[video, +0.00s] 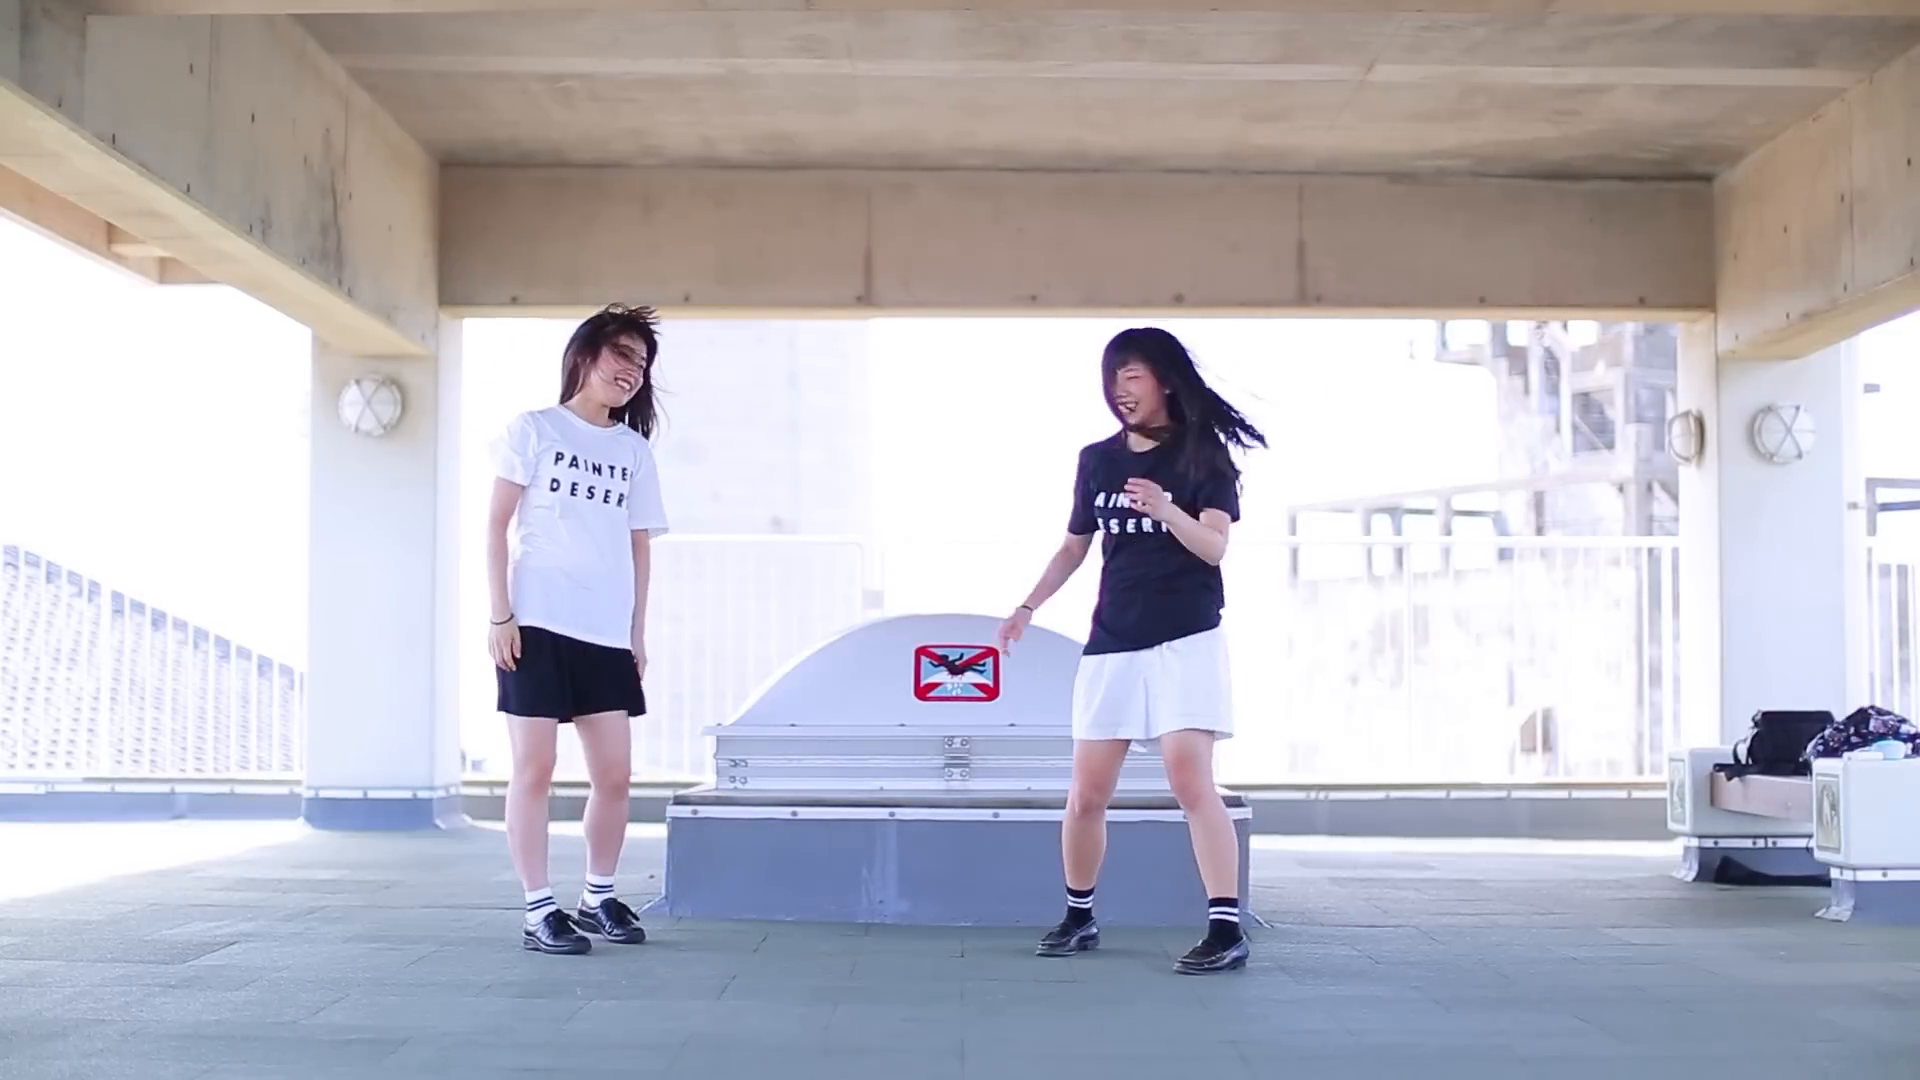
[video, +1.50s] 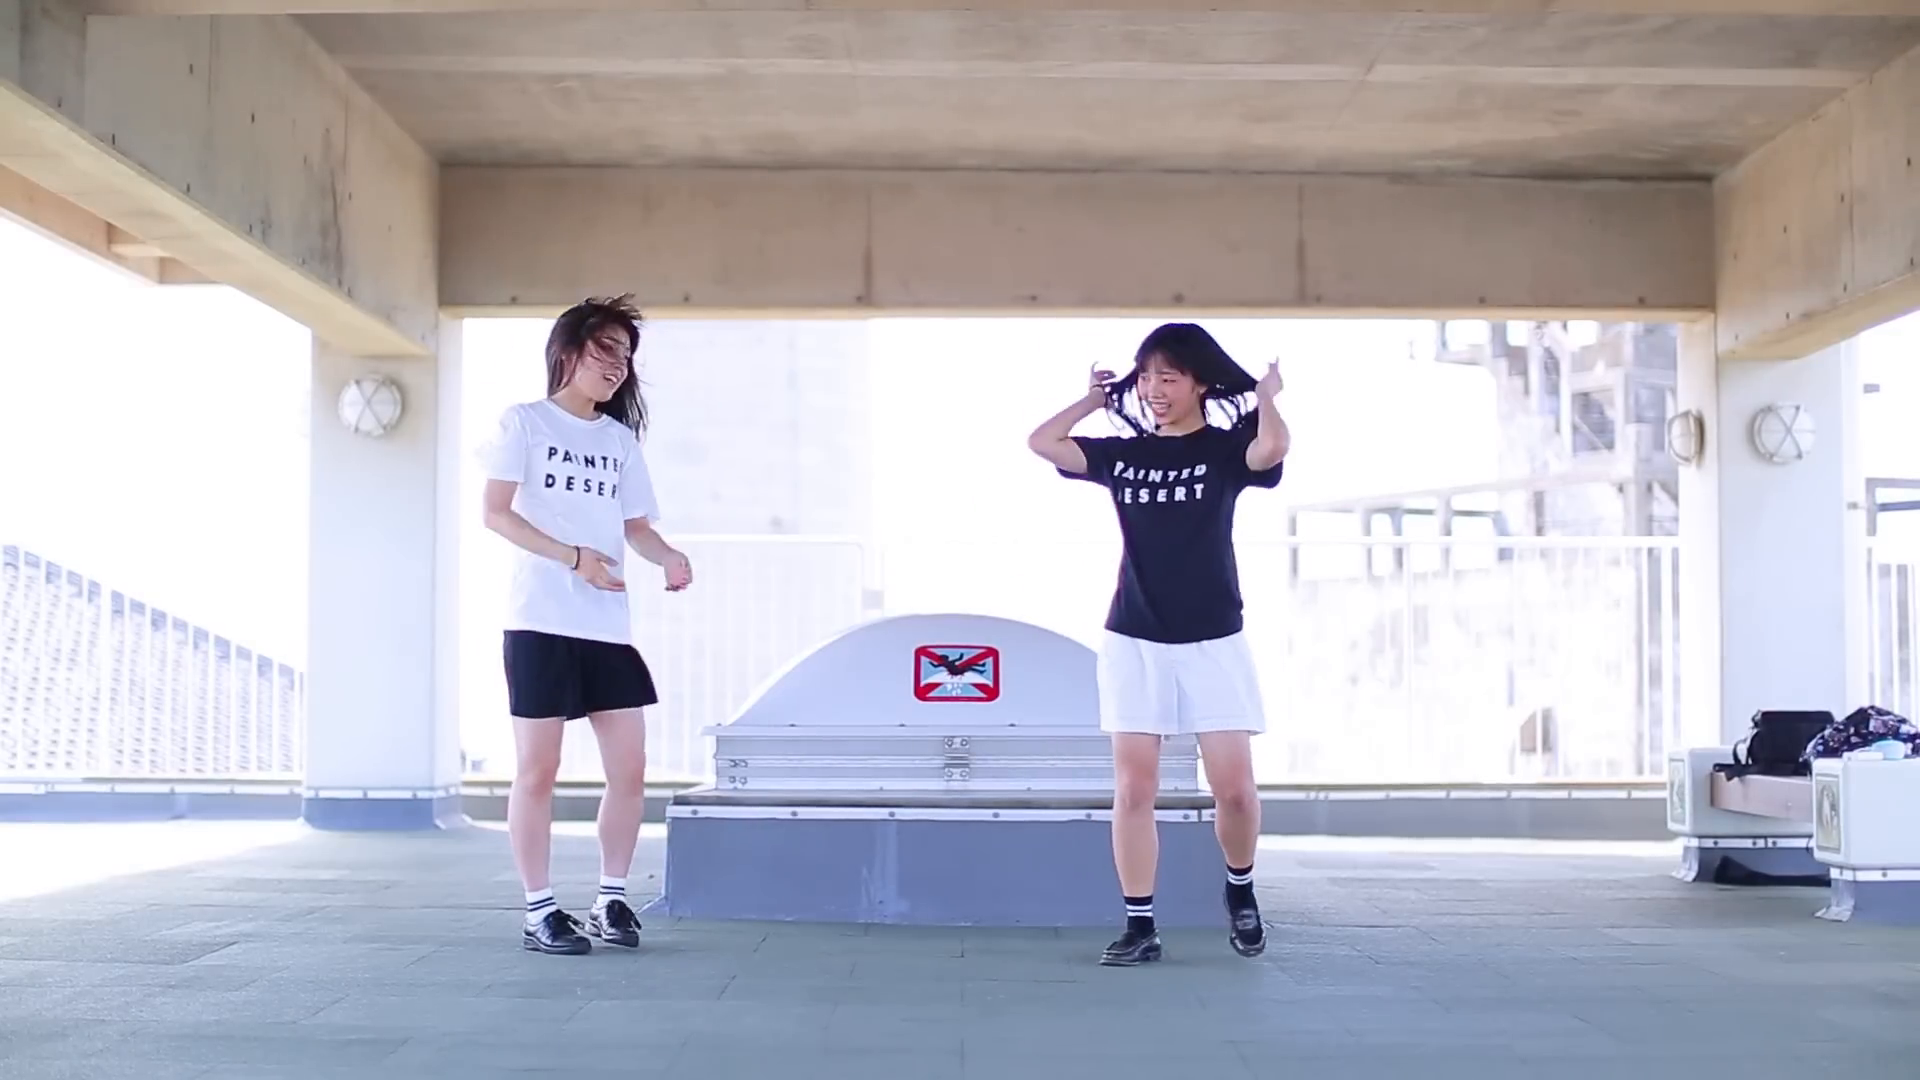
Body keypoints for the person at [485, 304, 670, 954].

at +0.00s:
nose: (627, 370)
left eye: (638, 363)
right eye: (617, 355)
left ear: (642, 377)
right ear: (584, 355)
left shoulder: (635, 450)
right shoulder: (535, 428)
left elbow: (639, 550)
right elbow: (497, 526)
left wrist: (637, 636)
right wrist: (501, 614)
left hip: (607, 634)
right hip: (536, 624)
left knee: (614, 776)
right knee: (534, 772)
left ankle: (600, 897)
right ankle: (539, 909)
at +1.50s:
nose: (616, 365)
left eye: (625, 357)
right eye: (605, 348)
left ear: (629, 369)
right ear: (568, 350)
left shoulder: (622, 442)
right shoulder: (523, 421)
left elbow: (637, 526)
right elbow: (495, 513)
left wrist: (667, 556)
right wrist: (572, 555)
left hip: (608, 626)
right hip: (539, 623)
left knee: (629, 769)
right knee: (538, 772)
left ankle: (614, 898)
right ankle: (540, 910)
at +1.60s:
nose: (613, 364)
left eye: (622, 355)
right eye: (601, 351)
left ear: (626, 362)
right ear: (567, 349)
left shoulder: (622, 437)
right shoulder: (528, 418)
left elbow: (666, 513)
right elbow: (522, 493)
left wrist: (690, 478)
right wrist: (611, 465)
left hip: (609, 623)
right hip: (542, 622)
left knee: (634, 772)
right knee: (540, 774)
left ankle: (636, 903)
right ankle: (540, 910)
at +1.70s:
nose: (614, 365)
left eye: (622, 355)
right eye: (600, 350)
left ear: (628, 364)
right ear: (565, 353)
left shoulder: (633, 434)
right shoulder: (535, 412)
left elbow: (700, 469)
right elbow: (552, 450)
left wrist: (693, 399)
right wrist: (612, 386)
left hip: (618, 627)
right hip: (549, 625)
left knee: (638, 775)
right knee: (544, 774)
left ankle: (656, 905)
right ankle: (540, 912)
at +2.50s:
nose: (661, 359)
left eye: (671, 350)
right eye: (649, 348)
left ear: (682, 358)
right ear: (623, 352)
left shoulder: (704, 419)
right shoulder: (599, 418)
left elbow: (775, 399)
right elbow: (585, 420)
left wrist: (725, 326)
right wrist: (610, 343)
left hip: (691, 621)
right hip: (618, 621)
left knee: (673, 776)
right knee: (590, 775)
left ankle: (659, 910)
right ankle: (548, 908)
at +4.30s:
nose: (651, 367)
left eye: (659, 358)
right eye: (638, 356)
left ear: (670, 363)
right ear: (607, 358)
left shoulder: (682, 430)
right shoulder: (584, 414)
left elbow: (752, 436)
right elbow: (571, 425)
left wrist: (708, 358)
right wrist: (613, 365)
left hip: (668, 623)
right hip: (592, 619)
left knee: (679, 779)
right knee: (587, 776)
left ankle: (665, 905)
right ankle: (587, 909)